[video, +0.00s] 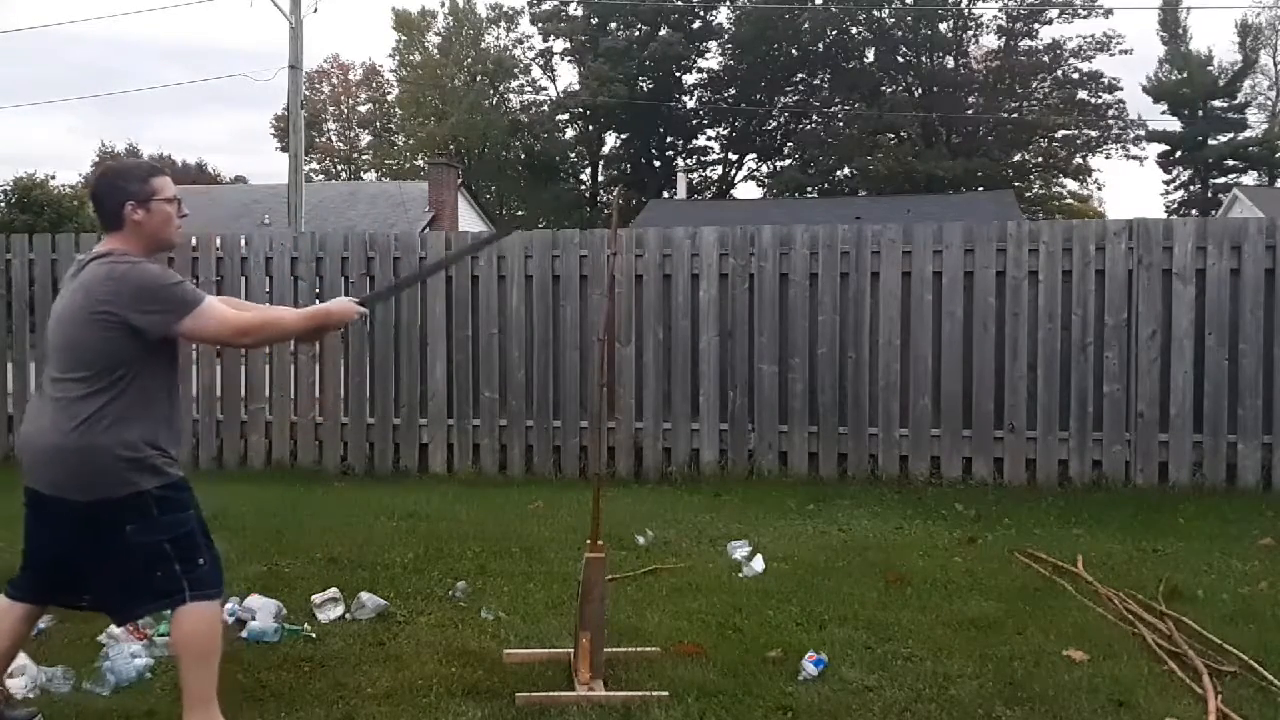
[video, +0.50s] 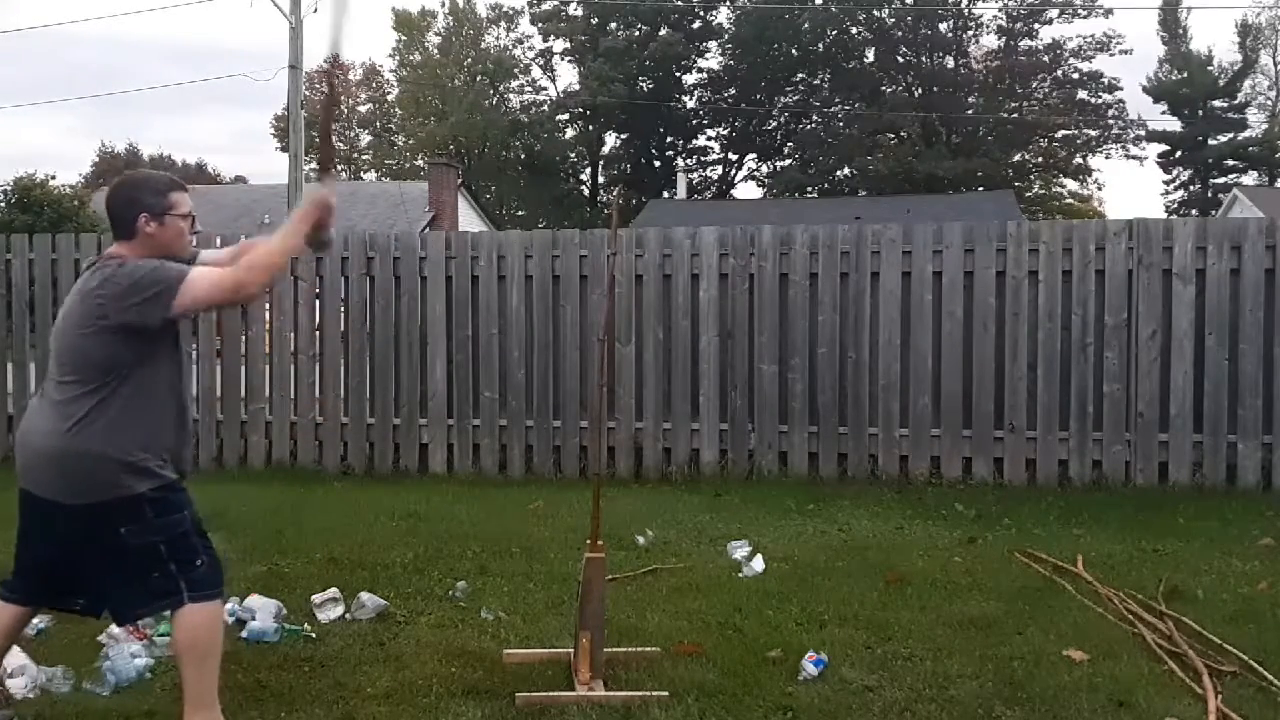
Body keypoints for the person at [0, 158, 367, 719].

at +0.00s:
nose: (182, 213)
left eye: (178, 201)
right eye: (171, 202)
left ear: (128, 214)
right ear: (135, 212)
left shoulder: (90, 272)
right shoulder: (140, 280)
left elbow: (210, 318)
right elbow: (233, 326)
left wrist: (291, 321)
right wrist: (318, 317)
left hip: (50, 460)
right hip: (124, 464)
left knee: (30, 588)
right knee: (199, 586)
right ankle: (202, 712)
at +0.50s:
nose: (194, 227)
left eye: (191, 218)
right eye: (185, 218)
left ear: (142, 225)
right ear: (147, 224)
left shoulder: (106, 273)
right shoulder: (132, 279)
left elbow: (224, 259)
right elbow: (237, 283)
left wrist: (294, 239)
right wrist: (296, 228)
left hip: (48, 461)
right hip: (116, 466)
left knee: (25, 589)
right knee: (199, 585)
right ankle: (203, 712)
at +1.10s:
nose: (174, 223)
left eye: (173, 212)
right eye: (161, 213)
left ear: (171, 220)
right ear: (119, 223)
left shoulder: (158, 280)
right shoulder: (87, 290)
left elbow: (203, 206)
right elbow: (132, 234)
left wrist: (171, 147)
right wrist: (119, 142)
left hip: (77, 471)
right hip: (117, 470)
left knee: (48, 595)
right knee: (207, 578)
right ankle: (205, 713)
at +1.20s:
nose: (174, 222)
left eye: (173, 212)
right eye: (160, 212)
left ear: (171, 219)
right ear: (119, 222)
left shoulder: (158, 281)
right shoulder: (87, 290)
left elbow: (203, 206)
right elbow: (132, 234)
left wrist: (171, 147)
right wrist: (119, 142)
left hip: (77, 471)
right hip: (117, 470)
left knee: (48, 595)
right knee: (207, 577)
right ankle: (205, 713)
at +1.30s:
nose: (176, 220)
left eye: (175, 210)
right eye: (162, 211)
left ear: (176, 218)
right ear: (121, 223)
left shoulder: (164, 279)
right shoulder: (89, 292)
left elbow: (205, 205)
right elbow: (133, 235)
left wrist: (173, 145)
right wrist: (121, 146)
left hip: (83, 473)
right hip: (121, 471)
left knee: (50, 597)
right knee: (211, 580)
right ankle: (206, 713)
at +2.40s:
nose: (197, 228)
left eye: (197, 217)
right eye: (190, 217)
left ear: (134, 221)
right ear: (155, 220)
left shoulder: (63, 255)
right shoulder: (176, 291)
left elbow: (52, 355)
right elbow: (180, 388)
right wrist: (180, 453)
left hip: (17, 453)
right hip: (116, 459)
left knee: (6, 596)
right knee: (179, 591)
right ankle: (201, 710)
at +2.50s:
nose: (188, 225)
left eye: (188, 214)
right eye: (181, 214)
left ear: (128, 218)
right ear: (146, 216)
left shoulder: (55, 254)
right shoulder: (172, 288)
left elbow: (38, 352)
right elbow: (178, 386)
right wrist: (173, 455)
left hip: (16, 455)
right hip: (114, 461)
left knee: (8, 598)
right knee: (174, 593)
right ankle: (200, 711)